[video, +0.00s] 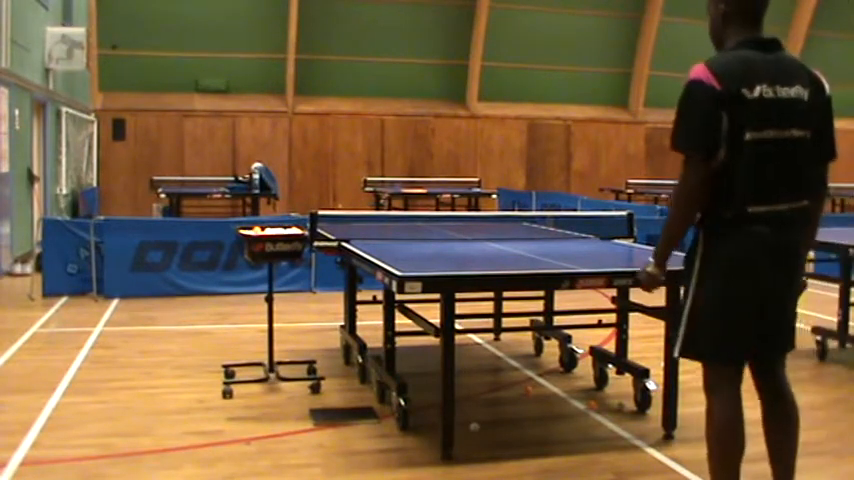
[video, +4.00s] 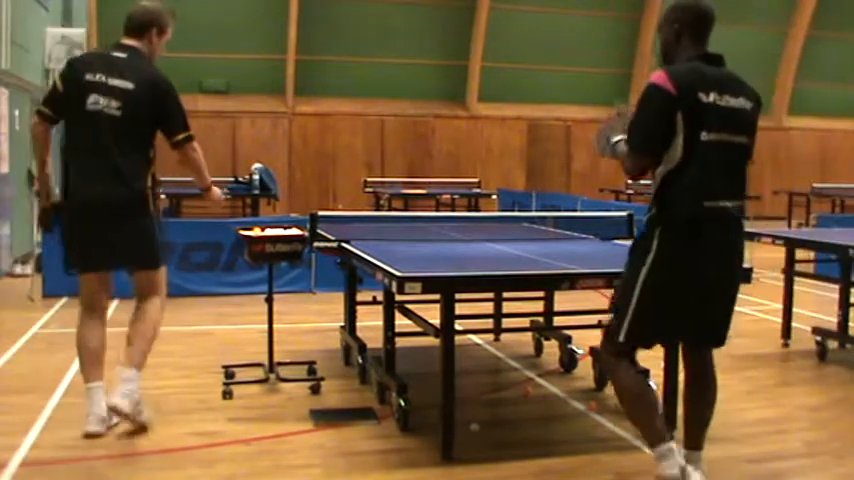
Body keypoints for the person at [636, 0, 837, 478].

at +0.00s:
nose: (708, 20)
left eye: (709, 11)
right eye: (710, 12)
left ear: (720, 12)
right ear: (760, 16)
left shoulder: (711, 78)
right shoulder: (811, 81)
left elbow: (695, 179)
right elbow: (818, 184)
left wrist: (659, 260)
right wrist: (800, 249)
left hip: (728, 251)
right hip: (787, 251)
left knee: (721, 382)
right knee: (771, 372)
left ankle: (723, 474)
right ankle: (784, 474)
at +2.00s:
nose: (742, 28)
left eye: (742, 18)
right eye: (743, 19)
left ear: (749, 15)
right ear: (795, 13)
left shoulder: (748, 70)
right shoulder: (844, 71)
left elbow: (732, 182)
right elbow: (845, 181)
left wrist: (703, 275)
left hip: (761, 259)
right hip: (827, 257)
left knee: (747, 396)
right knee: (818, 395)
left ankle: (744, 477)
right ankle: (824, 475)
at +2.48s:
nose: (775, 29)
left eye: (775, 19)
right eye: (775, 20)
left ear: (785, 16)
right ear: (825, 14)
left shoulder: (786, 65)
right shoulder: (851, 59)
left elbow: (792, 157)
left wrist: (749, 215)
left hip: (800, 247)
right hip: (848, 248)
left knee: (768, 396)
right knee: (840, 399)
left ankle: (759, 477)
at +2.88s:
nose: (762, 24)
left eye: (763, 14)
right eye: (762, 15)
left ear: (777, 14)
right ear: (816, 15)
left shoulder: (778, 69)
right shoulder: (850, 67)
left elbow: (758, 172)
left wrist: (731, 142)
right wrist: (747, 140)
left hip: (788, 245)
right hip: (844, 243)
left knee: (751, 391)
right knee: (831, 391)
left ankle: (727, 473)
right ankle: (833, 475)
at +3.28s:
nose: (706, 26)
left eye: (708, 18)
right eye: (709, 19)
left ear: (718, 18)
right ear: (761, 17)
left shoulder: (710, 73)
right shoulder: (813, 77)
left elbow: (677, 159)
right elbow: (810, 153)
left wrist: (697, 78)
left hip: (723, 239)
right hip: (783, 239)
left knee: (716, 380)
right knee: (767, 366)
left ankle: (710, 477)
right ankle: (791, 472)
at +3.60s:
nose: (675, 26)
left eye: (677, 17)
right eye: (677, 17)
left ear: (688, 19)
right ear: (727, 20)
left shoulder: (673, 80)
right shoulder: (776, 80)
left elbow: (625, 163)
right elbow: (774, 162)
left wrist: (655, 119)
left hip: (696, 233)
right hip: (750, 233)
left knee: (696, 363)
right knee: (724, 356)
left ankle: (705, 472)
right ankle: (708, 465)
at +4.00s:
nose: (659, 42)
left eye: (661, 34)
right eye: (660, 34)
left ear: (674, 32)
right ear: (707, 34)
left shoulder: (668, 84)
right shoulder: (746, 93)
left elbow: (636, 166)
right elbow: (730, 163)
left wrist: (614, 141)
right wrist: (655, 137)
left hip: (674, 233)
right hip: (727, 236)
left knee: (617, 351)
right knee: (698, 351)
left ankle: (670, 462)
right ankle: (692, 465)